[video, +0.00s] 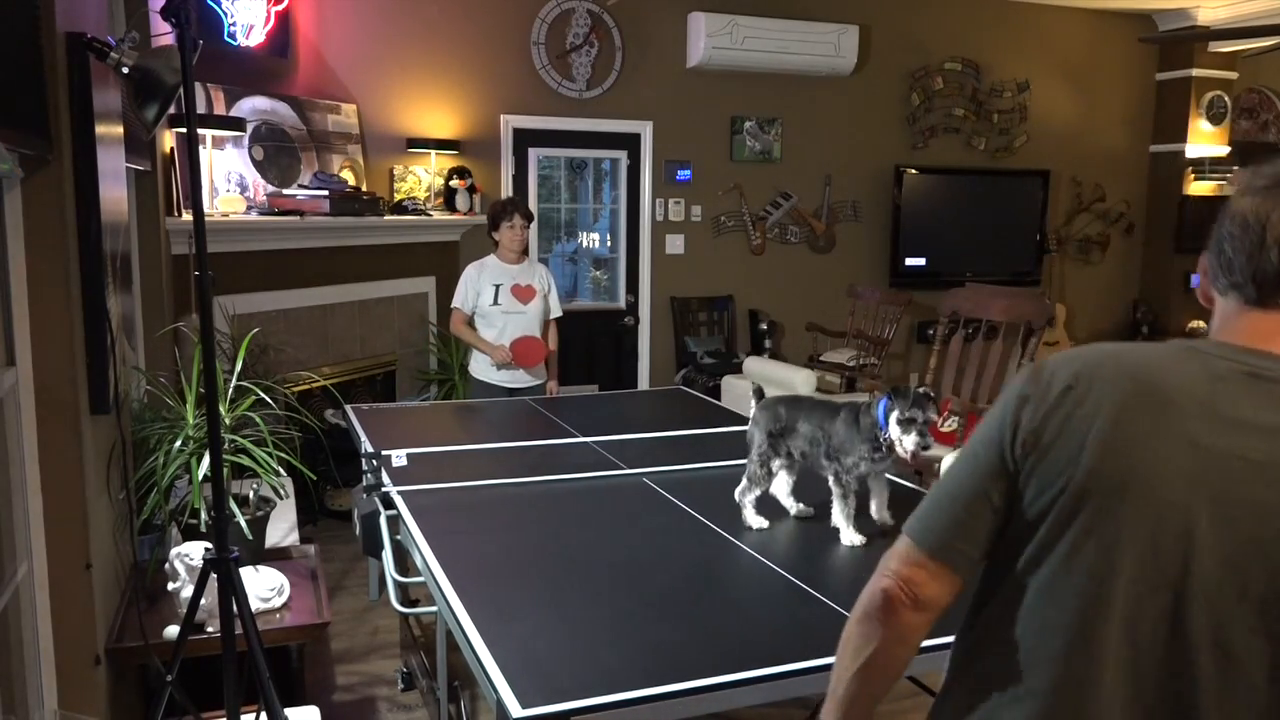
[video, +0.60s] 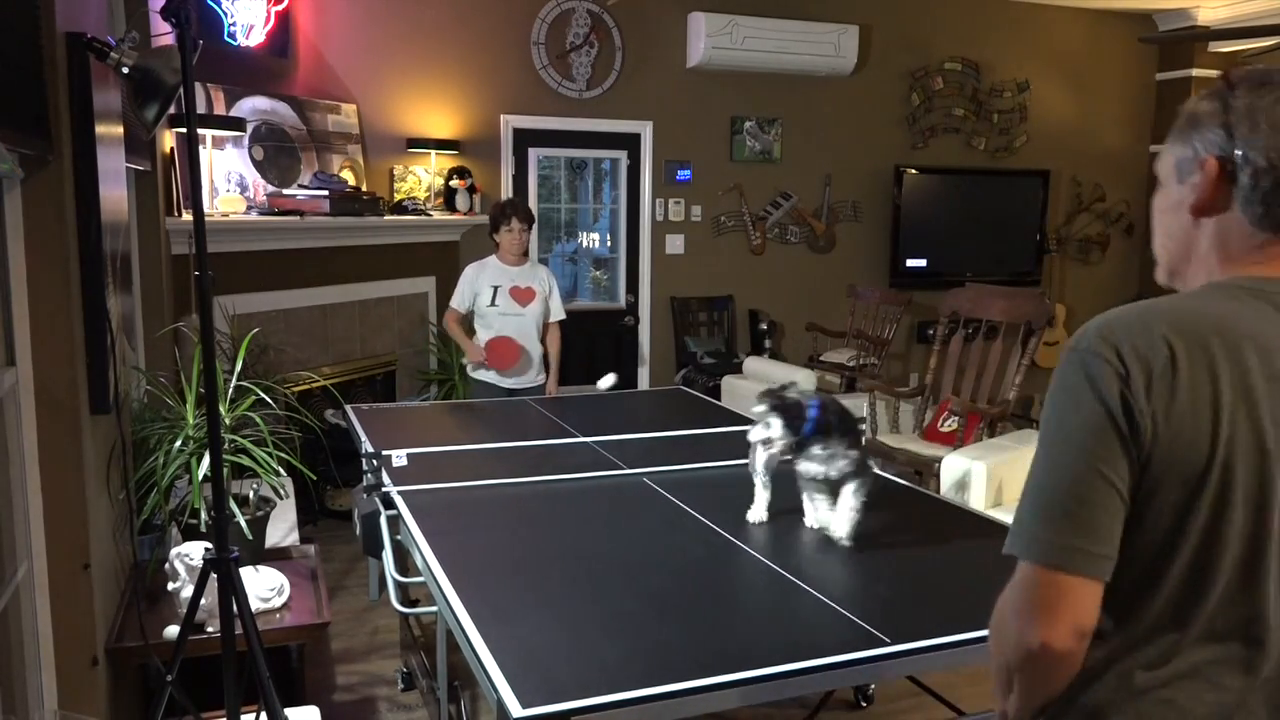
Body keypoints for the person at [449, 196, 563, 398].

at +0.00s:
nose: (520, 233)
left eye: (524, 227)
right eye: (511, 227)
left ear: (529, 231)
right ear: (495, 233)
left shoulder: (541, 273)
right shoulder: (476, 272)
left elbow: (550, 326)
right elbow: (457, 324)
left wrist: (552, 376)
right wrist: (491, 349)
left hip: (532, 382)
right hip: (488, 383)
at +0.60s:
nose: (518, 237)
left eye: (523, 230)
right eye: (509, 231)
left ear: (529, 234)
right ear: (496, 236)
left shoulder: (543, 275)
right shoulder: (475, 273)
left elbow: (551, 328)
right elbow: (450, 319)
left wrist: (553, 375)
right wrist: (468, 347)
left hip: (531, 382)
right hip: (487, 382)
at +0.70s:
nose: (512, 241)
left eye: (519, 234)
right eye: (505, 234)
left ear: (526, 237)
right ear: (492, 237)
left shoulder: (539, 277)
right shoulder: (471, 274)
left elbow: (549, 330)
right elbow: (439, 314)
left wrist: (550, 379)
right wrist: (450, 343)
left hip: (527, 384)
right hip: (482, 385)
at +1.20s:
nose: (471, 239)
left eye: (478, 233)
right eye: (463, 232)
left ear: (485, 240)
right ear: (449, 239)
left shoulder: (490, 278)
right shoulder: (437, 267)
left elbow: (494, 333)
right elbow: (422, 279)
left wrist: (498, 378)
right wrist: (444, 281)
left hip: (478, 384)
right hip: (434, 386)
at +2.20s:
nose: (508, 245)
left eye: (514, 238)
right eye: (500, 237)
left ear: (521, 237)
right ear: (487, 236)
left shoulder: (531, 270)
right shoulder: (472, 271)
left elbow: (544, 318)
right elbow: (459, 315)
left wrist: (540, 358)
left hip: (523, 374)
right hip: (483, 373)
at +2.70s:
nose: (512, 237)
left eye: (518, 230)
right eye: (505, 230)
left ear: (523, 233)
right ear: (488, 233)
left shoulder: (528, 273)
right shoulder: (471, 269)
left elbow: (537, 327)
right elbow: (446, 316)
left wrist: (542, 377)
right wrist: (485, 338)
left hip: (525, 381)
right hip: (484, 381)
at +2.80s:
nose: (511, 236)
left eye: (516, 230)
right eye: (503, 229)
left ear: (521, 233)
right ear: (487, 233)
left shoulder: (528, 273)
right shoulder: (468, 270)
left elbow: (537, 326)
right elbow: (443, 318)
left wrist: (541, 374)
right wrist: (479, 345)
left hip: (525, 381)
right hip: (483, 381)